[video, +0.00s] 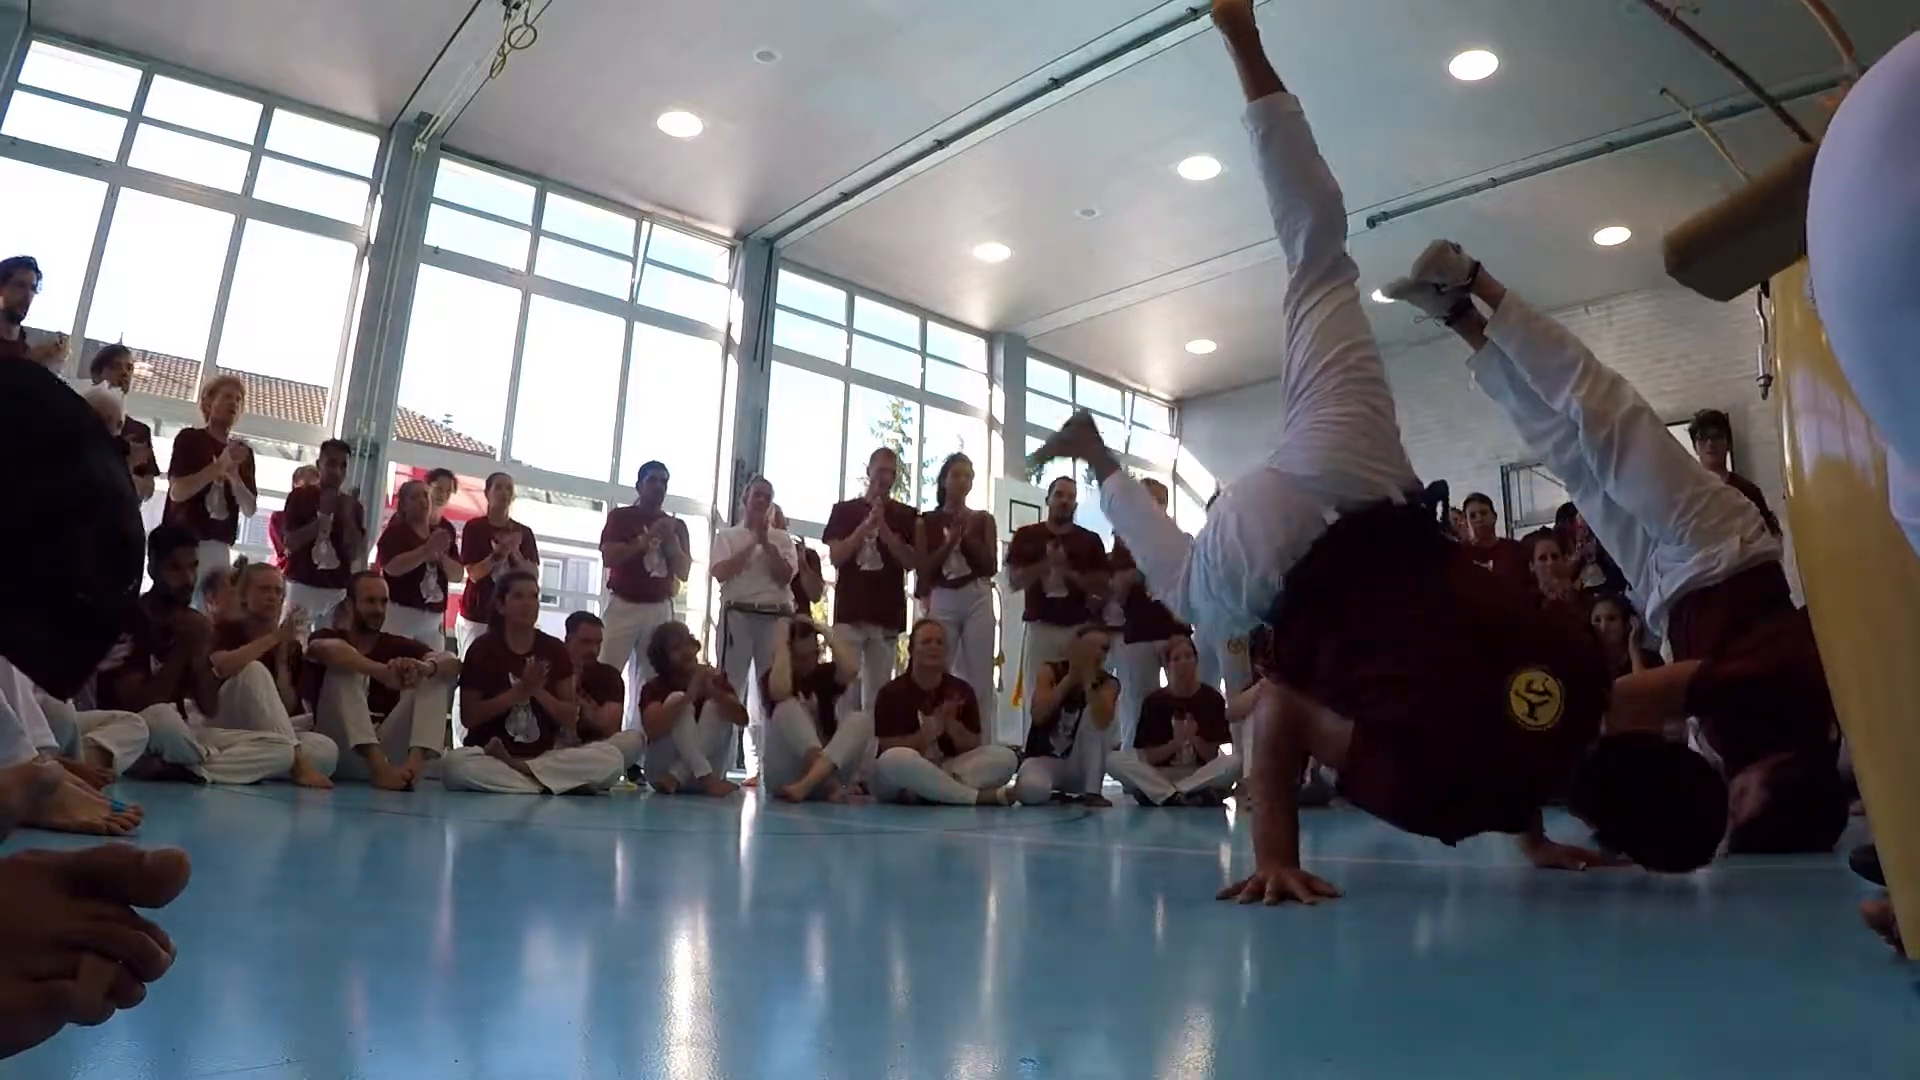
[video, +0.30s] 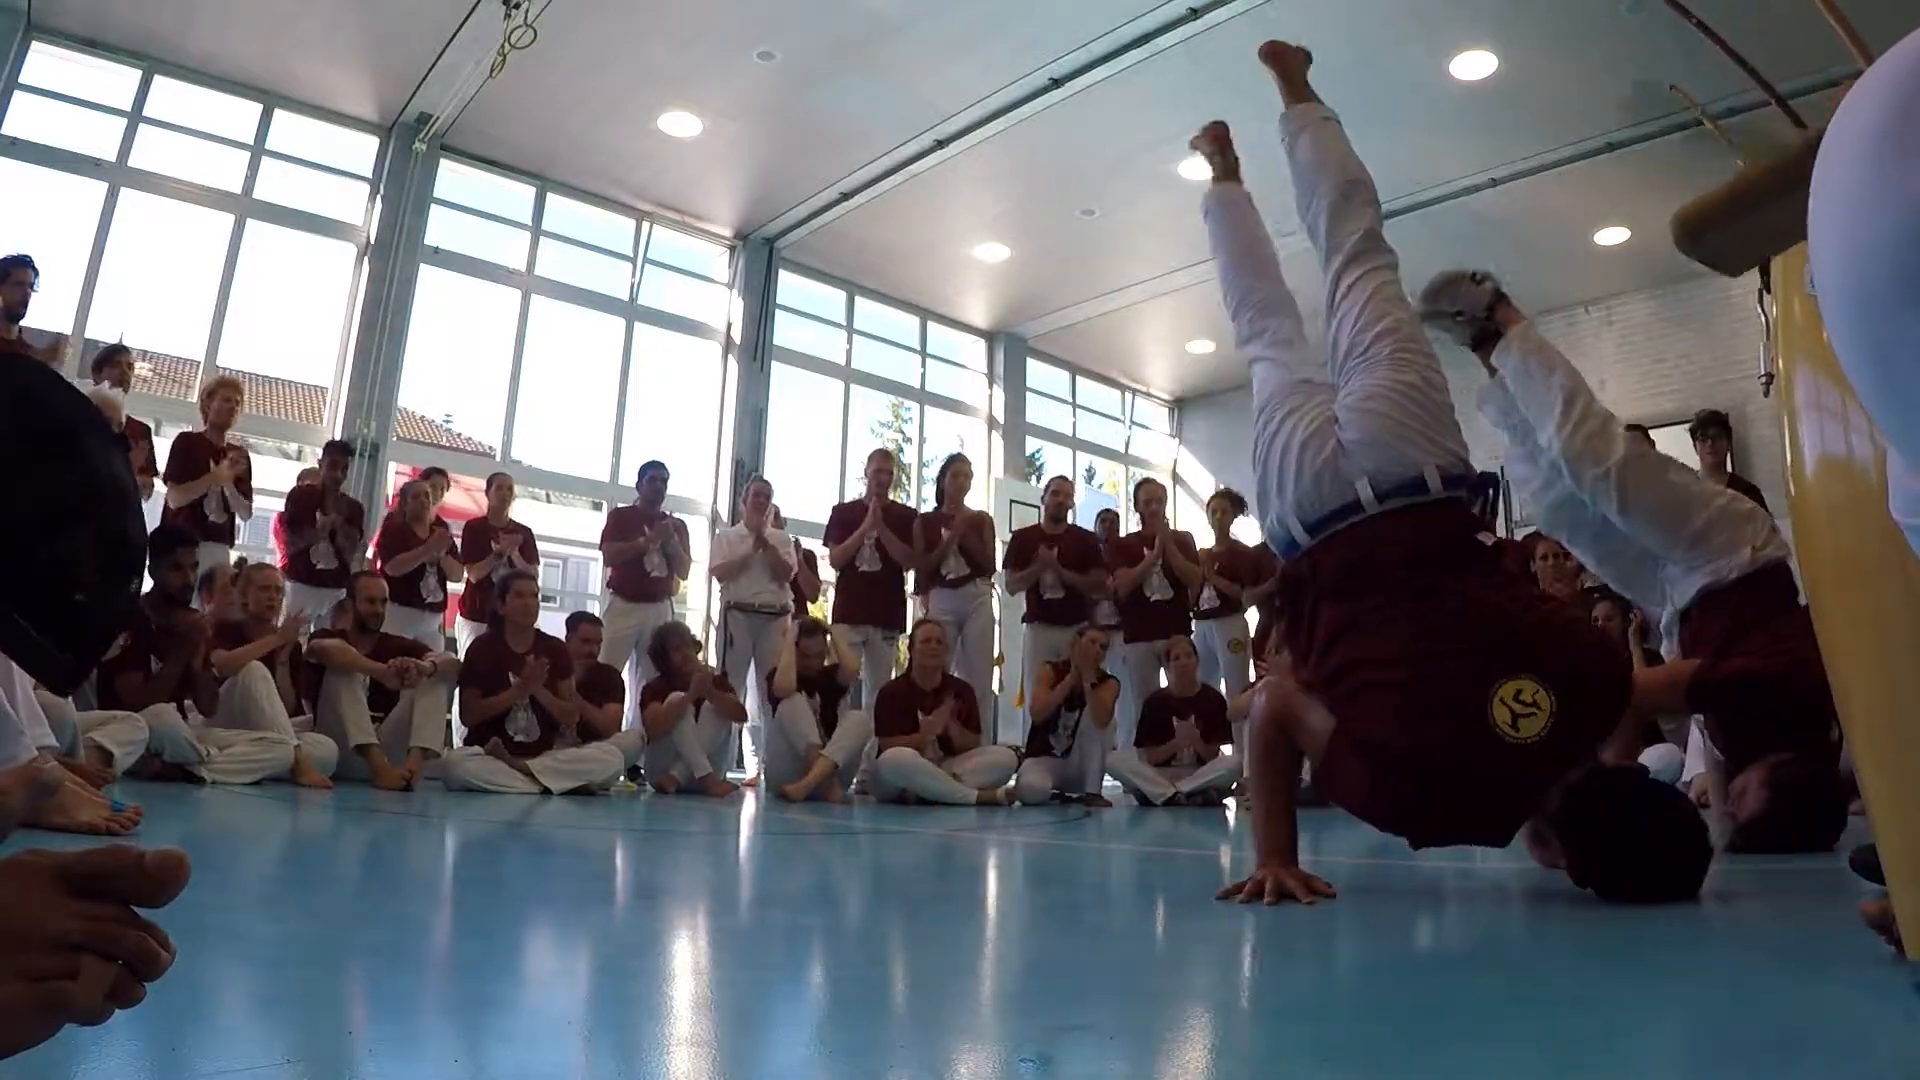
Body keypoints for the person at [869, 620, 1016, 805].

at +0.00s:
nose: (934, 647)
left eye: (939, 642)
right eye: (926, 642)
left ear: (947, 650)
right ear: (911, 650)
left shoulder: (961, 690)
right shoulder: (891, 692)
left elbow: (972, 747)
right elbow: (886, 747)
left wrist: (951, 723)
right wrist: (925, 735)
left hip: (952, 769)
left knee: (1005, 757)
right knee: (895, 759)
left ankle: (932, 793)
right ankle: (975, 797)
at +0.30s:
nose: (933, 647)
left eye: (939, 643)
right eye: (925, 642)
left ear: (946, 650)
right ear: (911, 649)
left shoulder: (962, 690)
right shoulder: (891, 692)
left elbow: (971, 746)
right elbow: (887, 745)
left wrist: (951, 724)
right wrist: (925, 735)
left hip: (950, 768)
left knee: (1006, 758)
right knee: (895, 759)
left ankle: (932, 792)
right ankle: (975, 797)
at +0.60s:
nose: (934, 647)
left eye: (940, 643)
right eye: (926, 642)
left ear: (947, 650)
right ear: (911, 649)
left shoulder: (961, 690)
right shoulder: (891, 693)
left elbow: (971, 750)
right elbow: (885, 748)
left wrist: (961, 724)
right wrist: (921, 726)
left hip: (951, 768)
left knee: (1006, 758)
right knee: (895, 759)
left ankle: (932, 792)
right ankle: (974, 797)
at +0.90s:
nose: (934, 648)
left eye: (939, 643)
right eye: (926, 642)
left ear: (947, 651)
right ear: (911, 650)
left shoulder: (963, 691)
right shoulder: (892, 693)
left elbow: (971, 747)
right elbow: (889, 748)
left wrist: (950, 721)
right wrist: (933, 726)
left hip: (950, 768)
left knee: (1006, 758)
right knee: (896, 759)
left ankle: (935, 792)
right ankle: (974, 797)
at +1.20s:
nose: (934, 647)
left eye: (939, 643)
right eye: (926, 642)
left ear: (946, 651)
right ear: (911, 650)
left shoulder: (961, 690)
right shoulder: (892, 692)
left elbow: (971, 749)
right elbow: (887, 748)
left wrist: (960, 724)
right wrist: (920, 726)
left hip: (950, 768)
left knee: (1006, 758)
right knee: (895, 759)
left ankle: (935, 792)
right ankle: (975, 797)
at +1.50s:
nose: (934, 647)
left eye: (939, 643)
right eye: (926, 642)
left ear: (946, 651)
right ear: (911, 650)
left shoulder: (962, 690)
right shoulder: (891, 692)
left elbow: (971, 749)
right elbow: (886, 748)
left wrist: (959, 723)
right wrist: (920, 727)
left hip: (950, 768)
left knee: (1006, 758)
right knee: (895, 759)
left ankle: (932, 793)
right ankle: (974, 797)